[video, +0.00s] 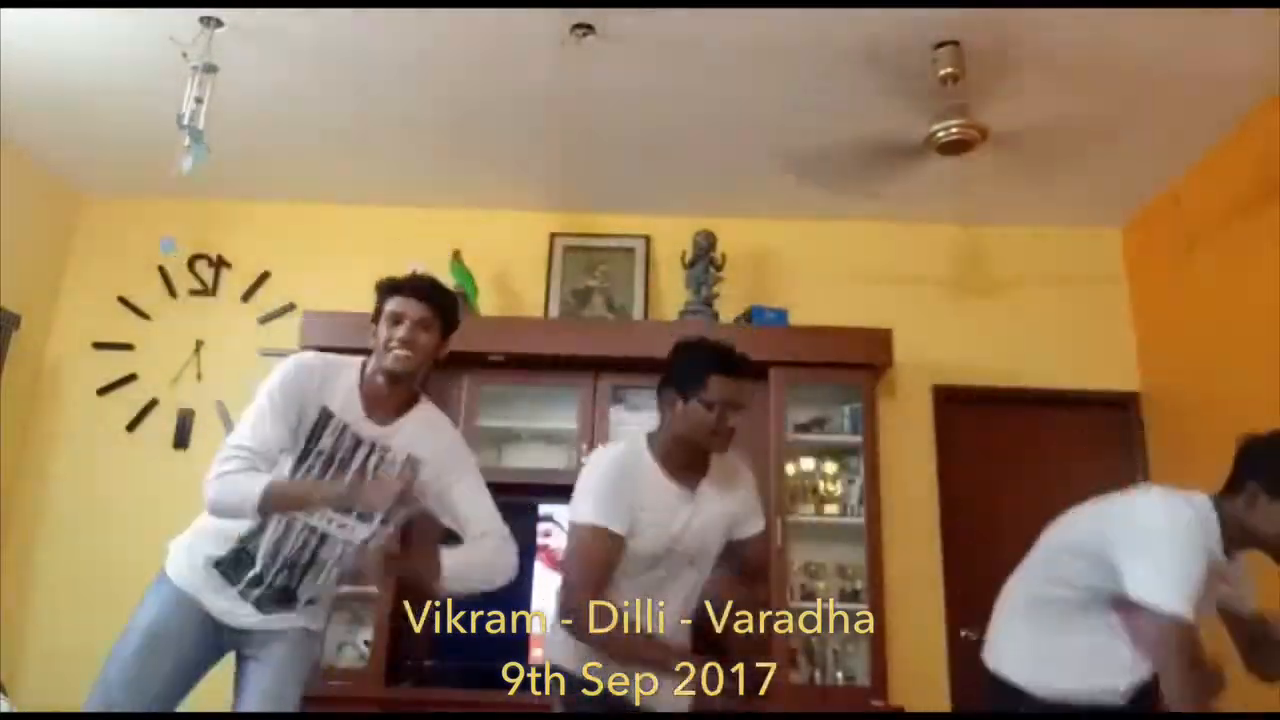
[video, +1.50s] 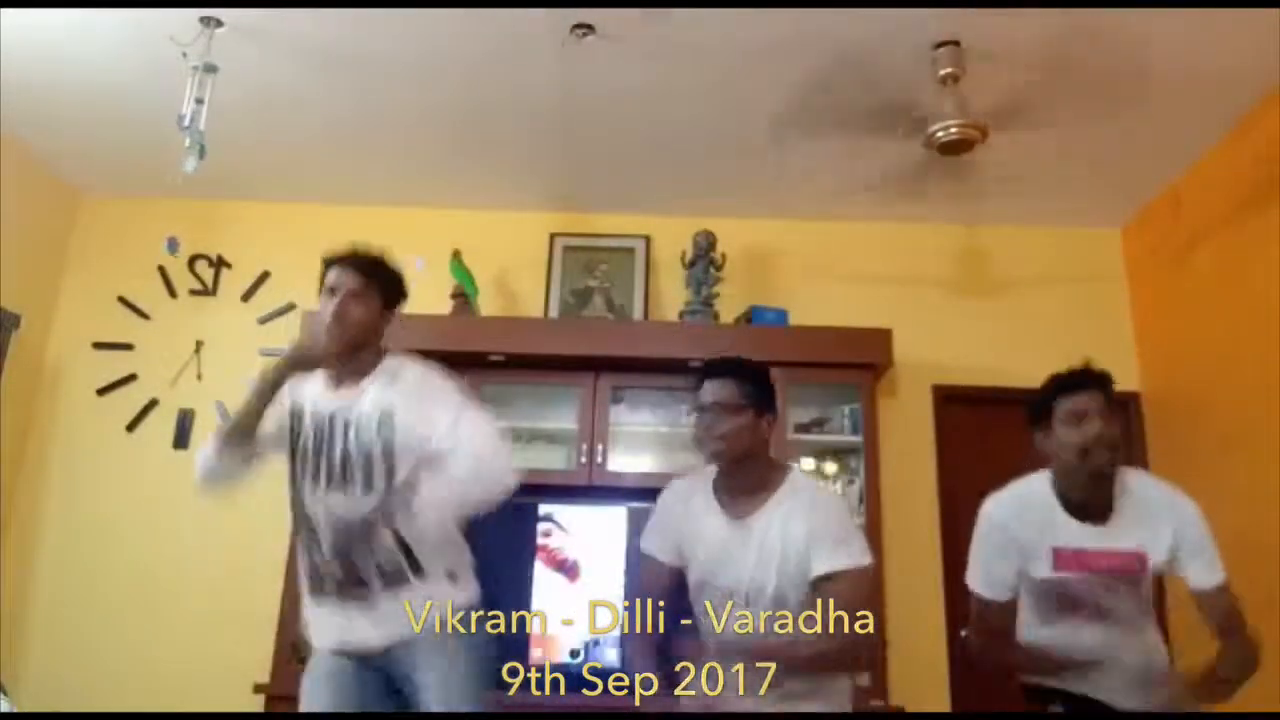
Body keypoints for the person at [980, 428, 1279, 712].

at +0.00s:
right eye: (1279, 506)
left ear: (1251, 498)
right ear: (1253, 497)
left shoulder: (1224, 553)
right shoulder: (1170, 525)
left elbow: (1265, 661)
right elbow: (1183, 697)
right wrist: (1212, 678)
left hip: (1119, 687)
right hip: (1036, 688)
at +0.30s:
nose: (1242, 492)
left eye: (1254, 476)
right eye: (1224, 471)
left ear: (1263, 478)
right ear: (1182, 458)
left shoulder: (1222, 520)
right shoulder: (1107, 507)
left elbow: (1254, 632)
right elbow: (1097, 683)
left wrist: (1230, 695)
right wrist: (1184, 704)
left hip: (1122, 644)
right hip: (1035, 650)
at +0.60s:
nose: (1089, 443)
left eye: (1106, 426)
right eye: (1075, 427)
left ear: (1144, 415)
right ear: (1064, 422)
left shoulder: (1201, 472)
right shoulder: (1032, 467)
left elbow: (1226, 625)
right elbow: (980, 603)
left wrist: (1116, 611)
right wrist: (1083, 560)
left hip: (1151, 629)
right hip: (1069, 628)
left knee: (1153, 706)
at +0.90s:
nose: (1029, 543)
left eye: (1045, 524)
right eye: (1015, 527)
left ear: (1081, 514)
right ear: (1005, 524)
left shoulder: (1152, 559)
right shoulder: (998, 565)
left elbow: (1197, 706)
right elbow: (966, 682)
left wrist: (1088, 663)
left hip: (1156, 703)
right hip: (1075, 701)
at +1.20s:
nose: (1041, 465)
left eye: (1056, 447)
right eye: (1025, 450)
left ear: (1089, 430)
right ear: (1012, 443)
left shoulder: (1155, 476)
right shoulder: (999, 481)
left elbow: (1211, 627)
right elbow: (983, 608)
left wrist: (1082, 630)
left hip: (1158, 659)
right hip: (1070, 655)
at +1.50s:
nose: (1099, 431)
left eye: (1106, 417)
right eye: (1077, 420)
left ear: (1119, 427)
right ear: (1044, 442)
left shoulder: (1170, 509)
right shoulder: (1007, 515)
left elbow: (1240, 647)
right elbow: (989, 647)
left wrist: (1198, 691)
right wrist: (1095, 665)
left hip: (1151, 692)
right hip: (1062, 693)